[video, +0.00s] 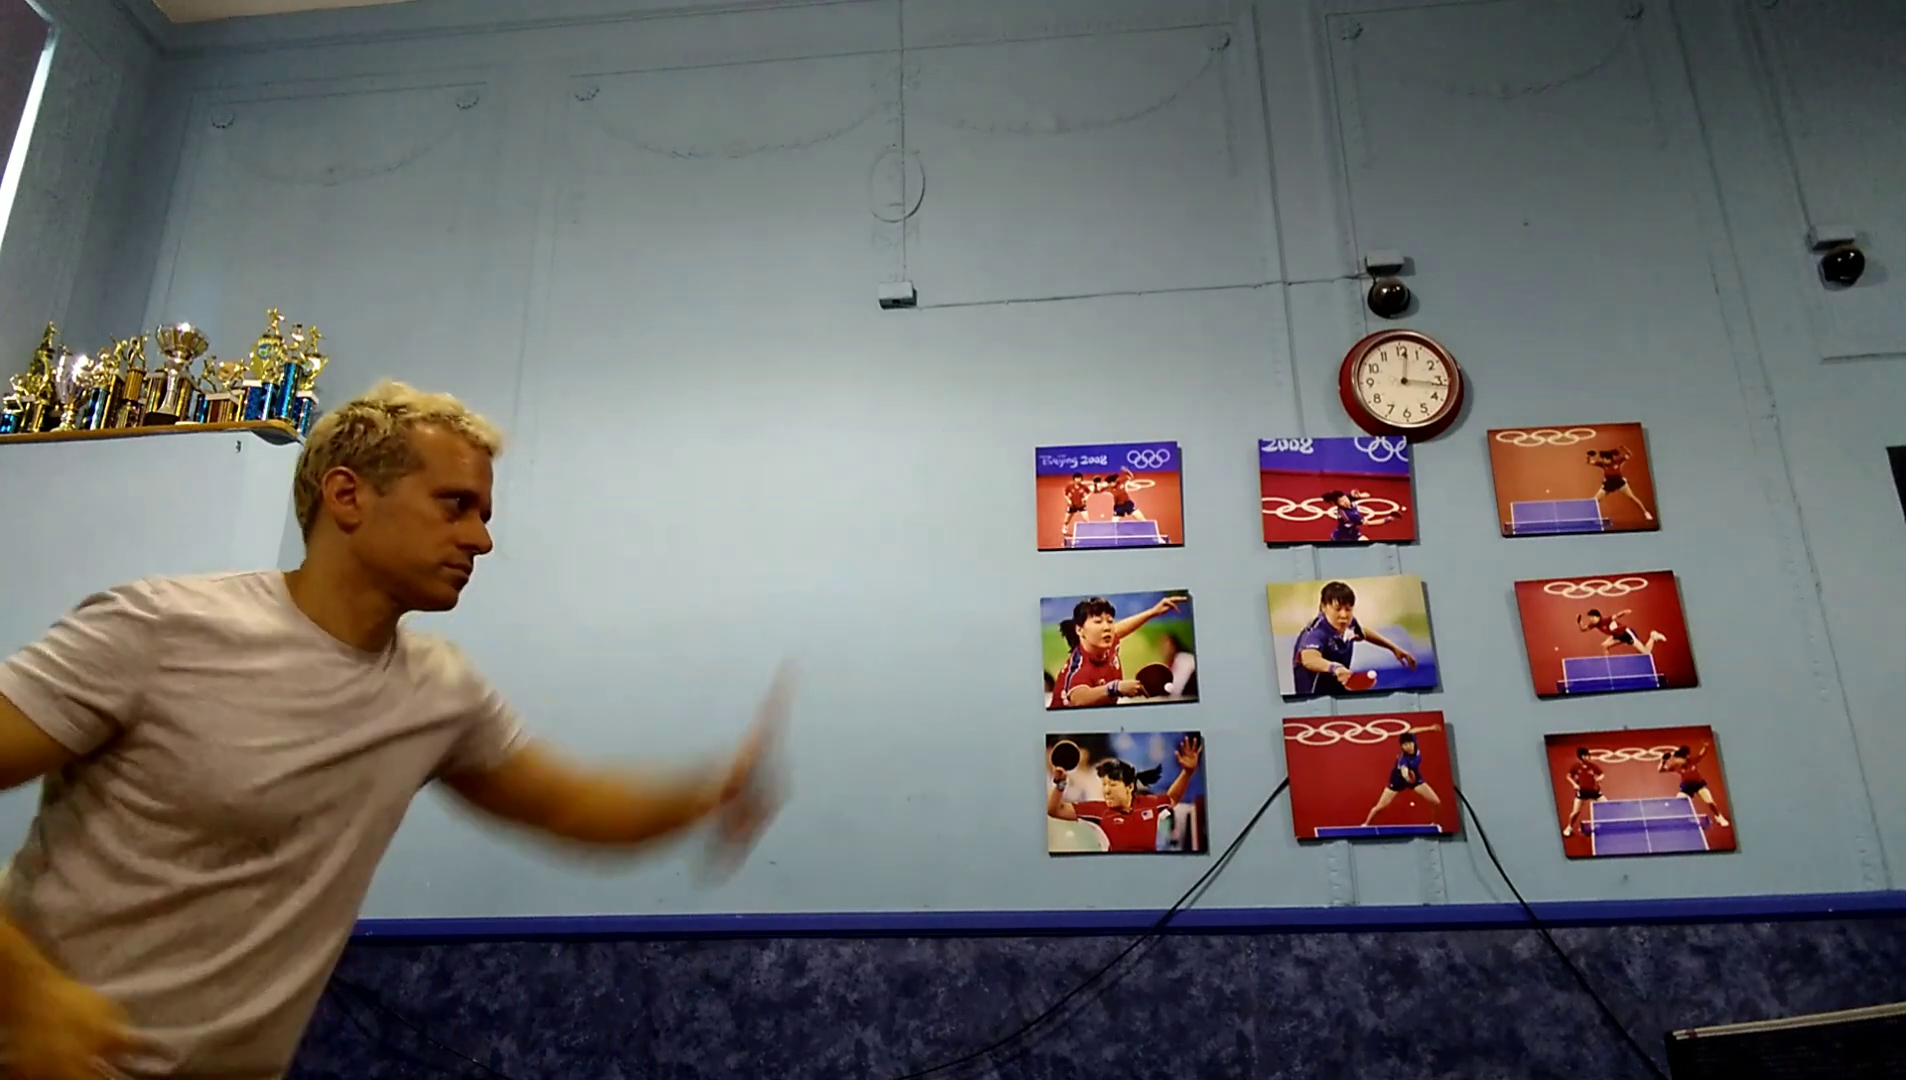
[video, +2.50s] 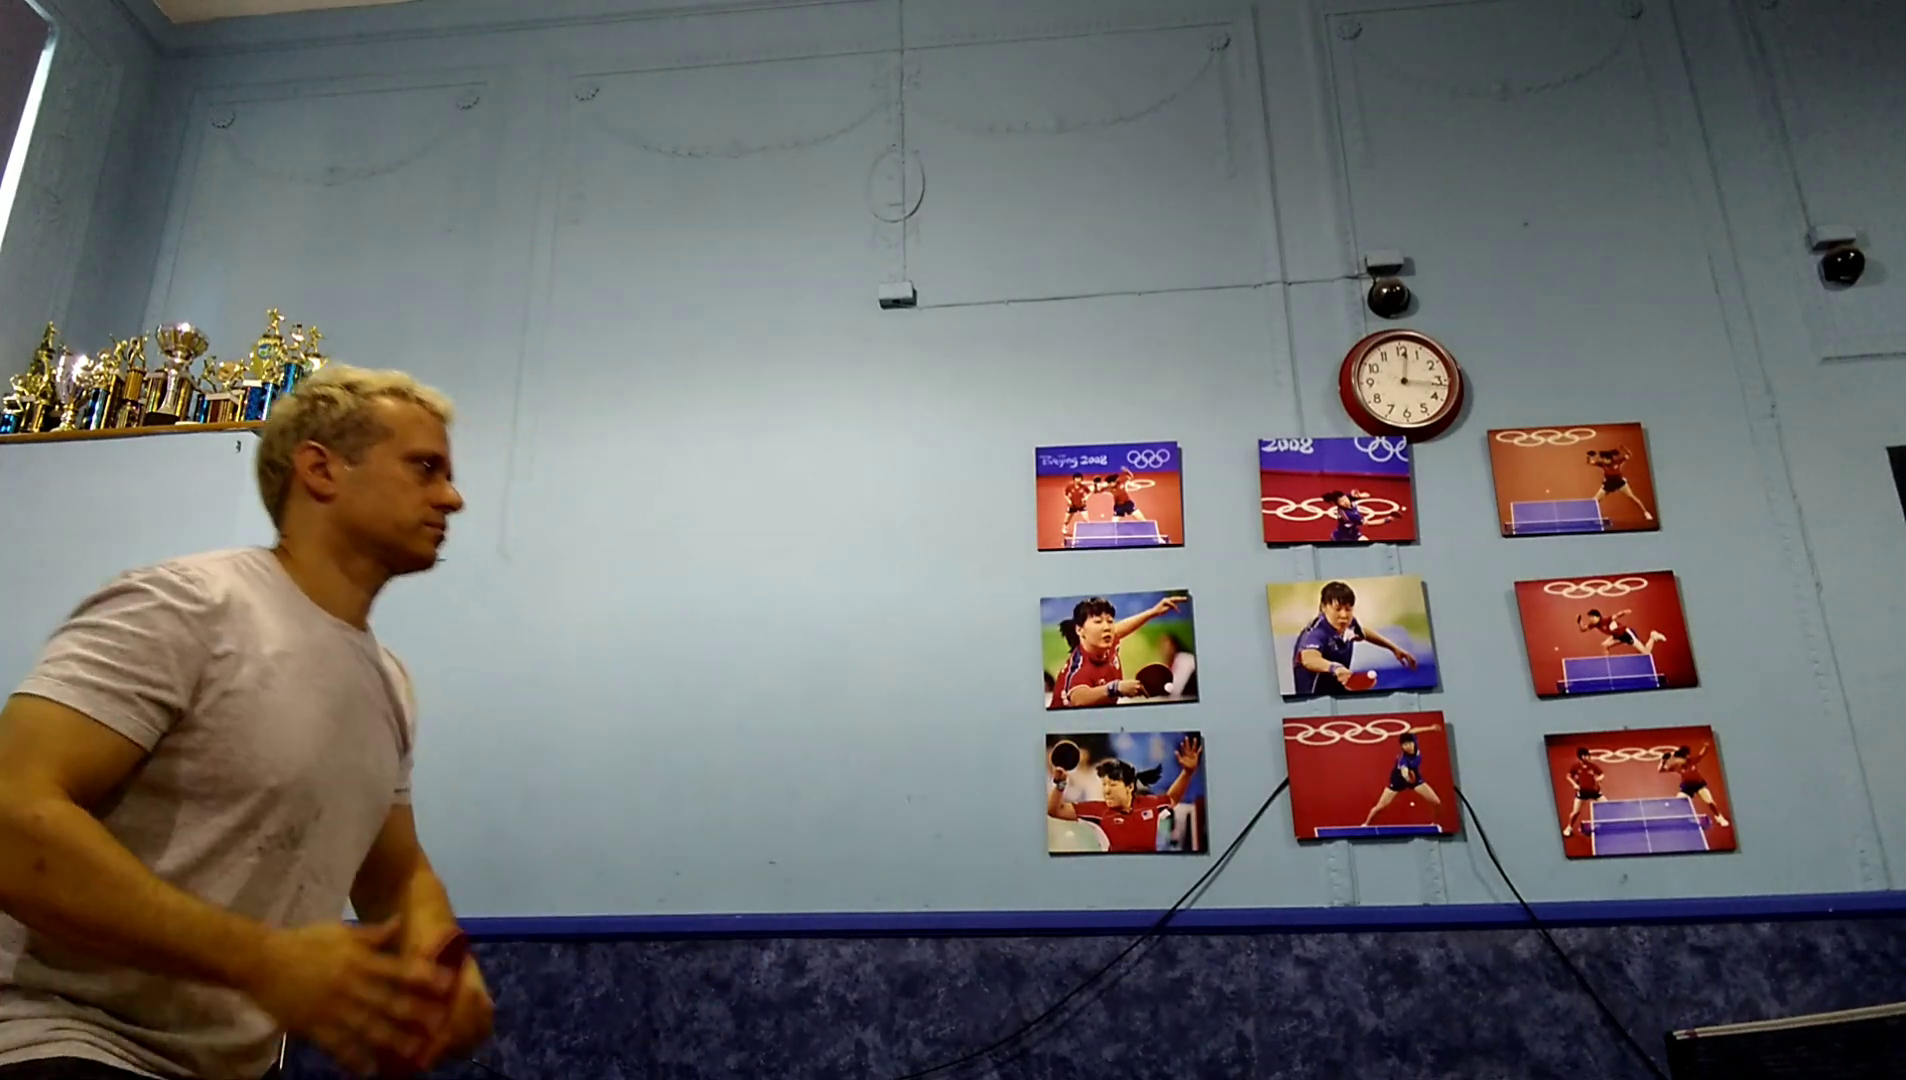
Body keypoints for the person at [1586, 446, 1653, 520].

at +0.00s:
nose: (1605, 461)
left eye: (1606, 460)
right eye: (1603, 460)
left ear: (1610, 459)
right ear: (1603, 459)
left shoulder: (1618, 462)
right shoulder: (1602, 464)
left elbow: (1629, 456)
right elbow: (1590, 463)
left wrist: (1624, 448)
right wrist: (1589, 457)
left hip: (1620, 482)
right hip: (1608, 483)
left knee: (1631, 497)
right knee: (1595, 499)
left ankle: (1645, 512)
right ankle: (1592, 518)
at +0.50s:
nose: (1605, 461)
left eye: (1606, 460)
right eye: (1603, 460)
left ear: (1610, 459)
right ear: (1603, 459)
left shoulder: (1618, 462)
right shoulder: (1602, 464)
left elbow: (1629, 456)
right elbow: (1590, 463)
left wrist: (1624, 448)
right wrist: (1589, 457)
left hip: (1620, 482)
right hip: (1608, 483)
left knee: (1631, 497)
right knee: (1596, 499)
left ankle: (1645, 512)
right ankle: (1591, 518)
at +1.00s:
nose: (1605, 461)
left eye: (1606, 460)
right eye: (1603, 460)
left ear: (1610, 459)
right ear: (1603, 459)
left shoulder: (1618, 461)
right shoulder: (1602, 464)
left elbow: (1629, 456)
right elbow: (1590, 463)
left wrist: (1624, 448)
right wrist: (1589, 457)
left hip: (1620, 482)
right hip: (1608, 483)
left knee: (1632, 497)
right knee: (1595, 499)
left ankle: (1645, 512)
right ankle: (1591, 518)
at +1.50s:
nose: (1605, 461)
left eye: (1606, 460)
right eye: (1603, 460)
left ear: (1610, 459)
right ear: (1603, 459)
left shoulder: (1617, 461)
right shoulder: (1602, 464)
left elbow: (1629, 456)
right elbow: (1590, 463)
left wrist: (1625, 449)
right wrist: (1589, 457)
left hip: (1620, 482)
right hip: (1608, 483)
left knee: (1631, 497)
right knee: (1595, 499)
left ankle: (1645, 512)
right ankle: (1592, 519)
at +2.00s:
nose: (1605, 461)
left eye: (1606, 460)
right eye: (1604, 460)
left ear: (1610, 459)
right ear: (1603, 459)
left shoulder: (1617, 462)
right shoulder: (1602, 464)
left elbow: (1629, 456)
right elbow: (1590, 463)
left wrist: (1624, 449)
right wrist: (1589, 457)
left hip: (1620, 482)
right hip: (1608, 483)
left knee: (1632, 497)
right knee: (1595, 499)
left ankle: (1645, 512)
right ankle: (1592, 519)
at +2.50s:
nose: (1605, 461)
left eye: (1606, 460)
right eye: (1603, 460)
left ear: (1610, 459)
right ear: (1603, 459)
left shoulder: (1617, 461)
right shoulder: (1602, 464)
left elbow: (1629, 457)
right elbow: (1590, 463)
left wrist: (1624, 449)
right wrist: (1590, 457)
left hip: (1620, 482)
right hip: (1608, 483)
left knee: (1632, 497)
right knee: (1595, 500)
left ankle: (1645, 512)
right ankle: (1592, 519)